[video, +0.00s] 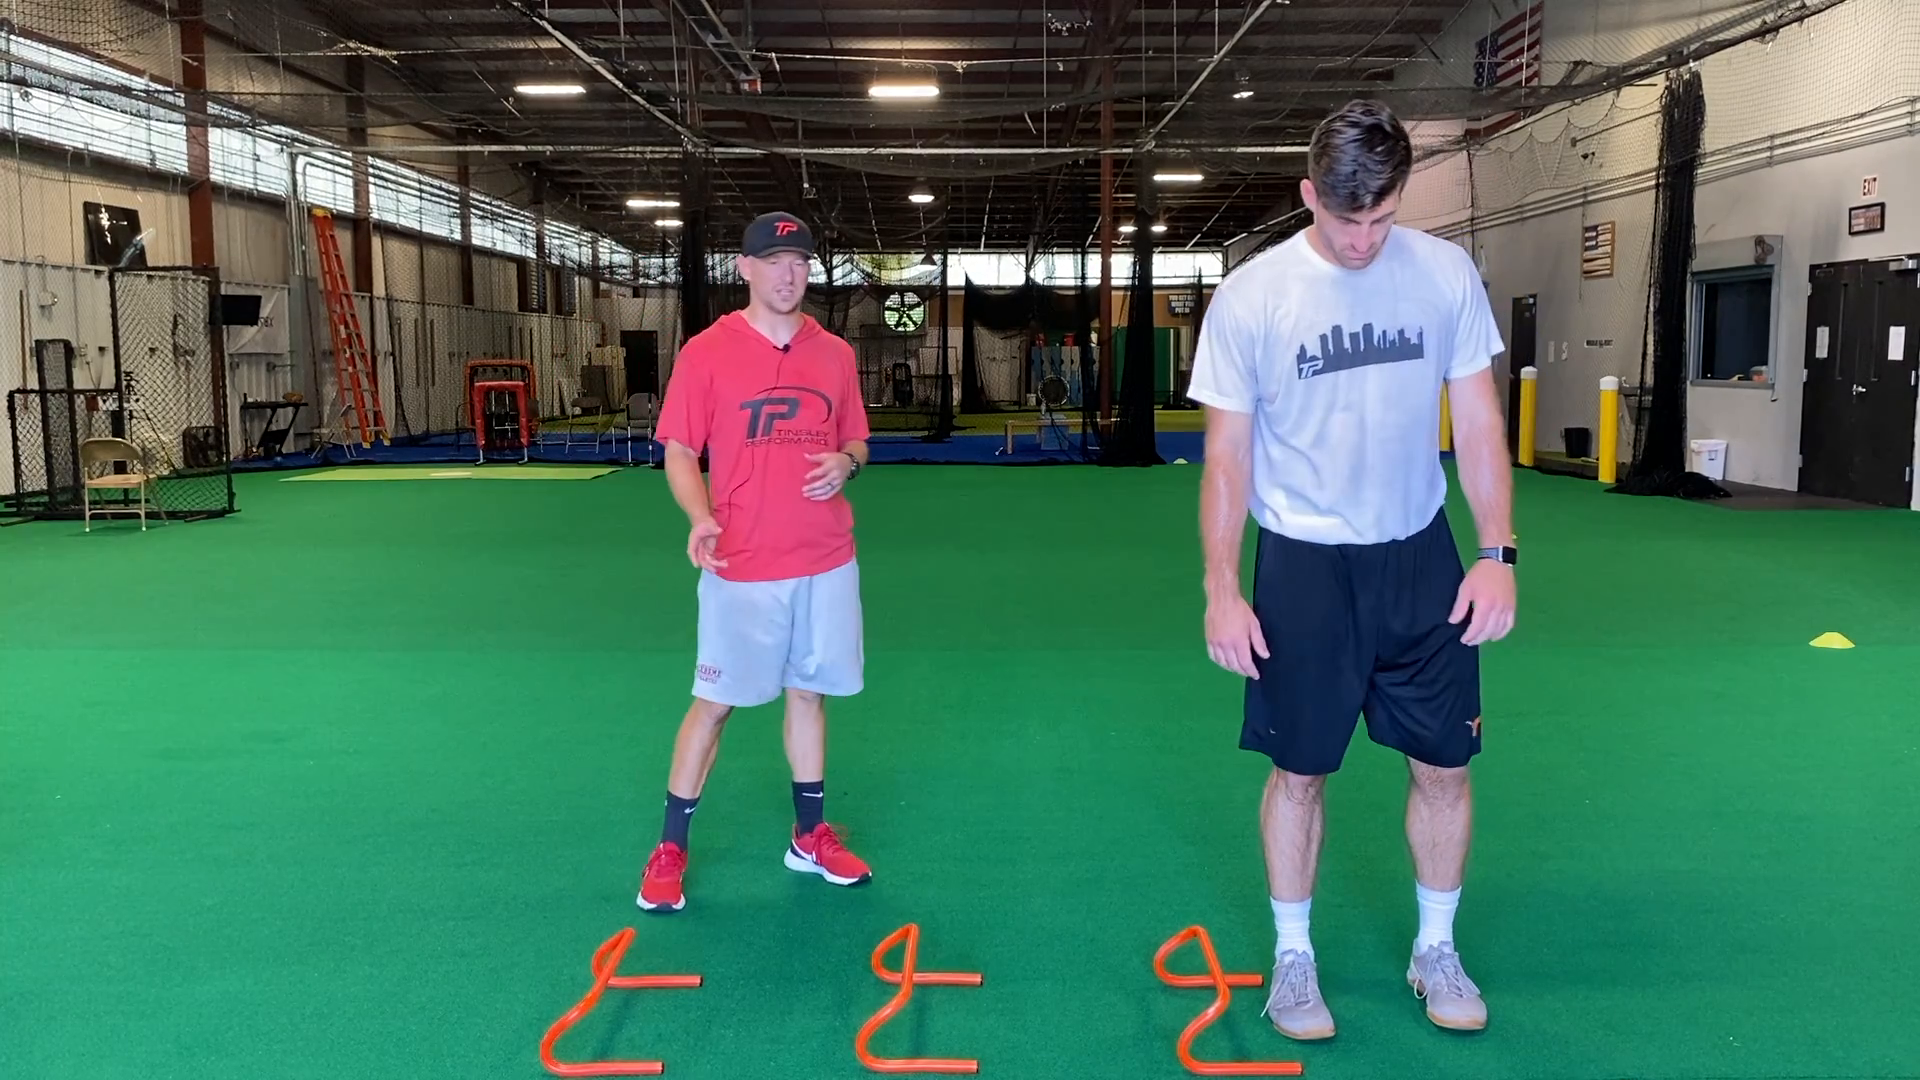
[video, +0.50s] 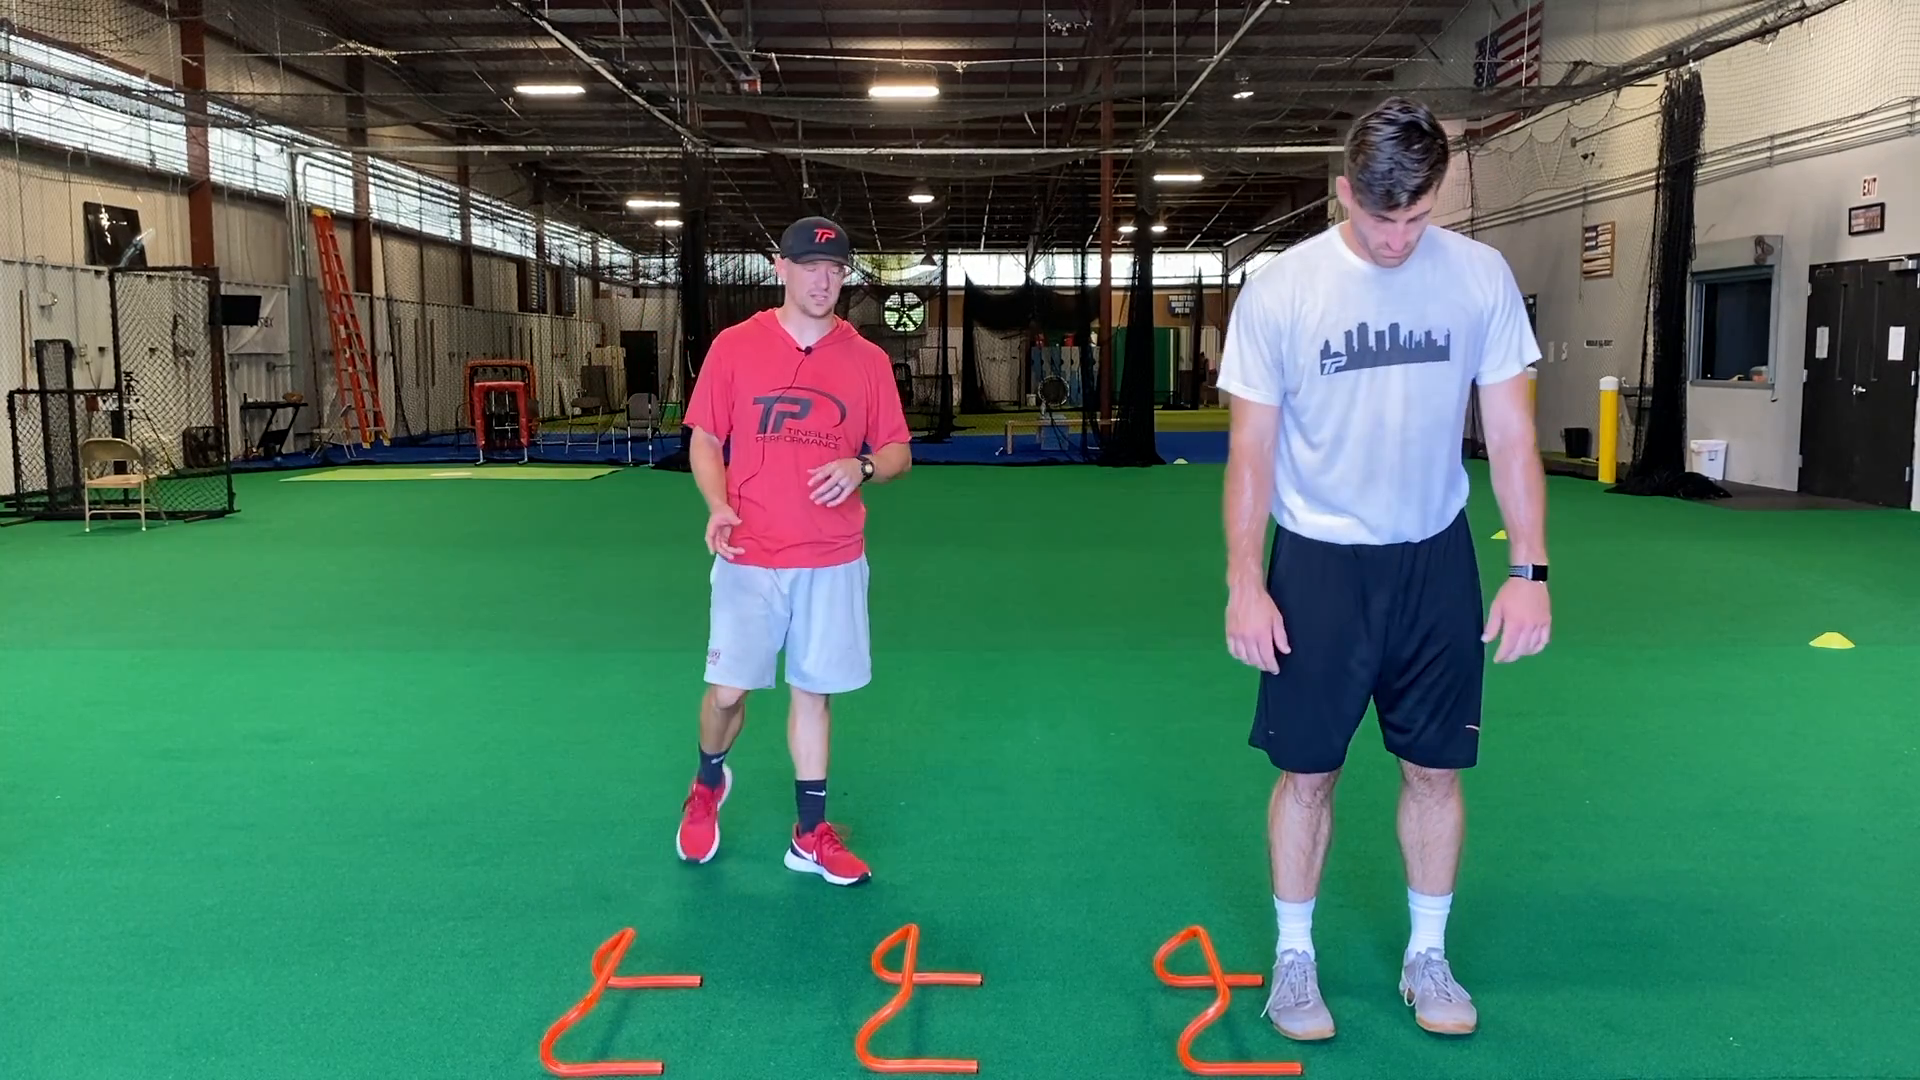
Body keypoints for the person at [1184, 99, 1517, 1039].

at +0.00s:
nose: (1363, 234)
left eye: (1380, 215)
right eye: (1346, 215)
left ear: (1402, 194)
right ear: (1308, 191)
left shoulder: (1444, 274)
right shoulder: (1249, 298)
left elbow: (1479, 422)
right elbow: (1225, 458)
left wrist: (1497, 552)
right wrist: (1223, 590)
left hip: (1419, 557)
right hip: (1302, 564)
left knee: (1445, 759)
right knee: (1300, 766)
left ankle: (1437, 950)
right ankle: (1294, 959)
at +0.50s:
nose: (1397, 233)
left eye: (1415, 214)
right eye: (1379, 213)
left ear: (1439, 194)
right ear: (1341, 187)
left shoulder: (1480, 278)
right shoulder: (1277, 291)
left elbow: (1511, 437)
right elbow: (1250, 457)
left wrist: (1528, 569)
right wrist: (1245, 583)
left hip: (1436, 560)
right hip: (1317, 563)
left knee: (1436, 763)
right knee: (1306, 769)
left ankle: (1428, 958)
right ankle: (1293, 960)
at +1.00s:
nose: (1424, 253)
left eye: (1442, 234)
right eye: (1408, 232)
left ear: (1463, 213)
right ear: (1369, 200)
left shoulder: (1496, 293)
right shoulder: (1290, 292)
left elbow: (1520, 446)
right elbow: (1247, 444)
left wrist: (1538, 583)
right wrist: (1247, 581)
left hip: (1431, 564)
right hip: (1315, 565)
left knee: (1432, 764)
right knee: (1312, 767)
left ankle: (1428, 959)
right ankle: (1298, 962)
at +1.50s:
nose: (1389, 309)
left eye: (1405, 288)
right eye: (1371, 289)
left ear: (1427, 259)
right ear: (1333, 258)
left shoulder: (1472, 314)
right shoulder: (1260, 338)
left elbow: (1501, 446)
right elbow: (1214, 472)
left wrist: (1503, 581)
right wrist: (1228, 615)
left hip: (1415, 574)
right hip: (1296, 579)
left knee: (1441, 761)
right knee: (1297, 772)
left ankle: (1432, 955)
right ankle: (1298, 961)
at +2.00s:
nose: (1396, 367)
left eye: (1414, 347)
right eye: (1377, 347)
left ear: (1436, 322)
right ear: (1338, 318)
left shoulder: (1476, 381)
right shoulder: (1257, 374)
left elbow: (1517, 467)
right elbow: (1192, 449)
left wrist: (1499, 598)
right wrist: (1214, 586)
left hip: (1394, 581)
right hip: (1275, 580)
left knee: (1418, 769)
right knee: (1288, 763)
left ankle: (1424, 958)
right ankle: (1300, 952)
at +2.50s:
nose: (1073, 296)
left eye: (1090, 276)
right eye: (1056, 278)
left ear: (1123, 251)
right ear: (1027, 260)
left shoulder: (1181, 324)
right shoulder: (978, 334)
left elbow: (1262, 347)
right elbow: (948, 408)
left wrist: (1224, 476)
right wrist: (978, 498)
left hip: (1159, 546)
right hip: (1042, 565)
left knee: (1205, 714)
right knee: (1041, 753)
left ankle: (1180, 814)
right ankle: (1048, 935)